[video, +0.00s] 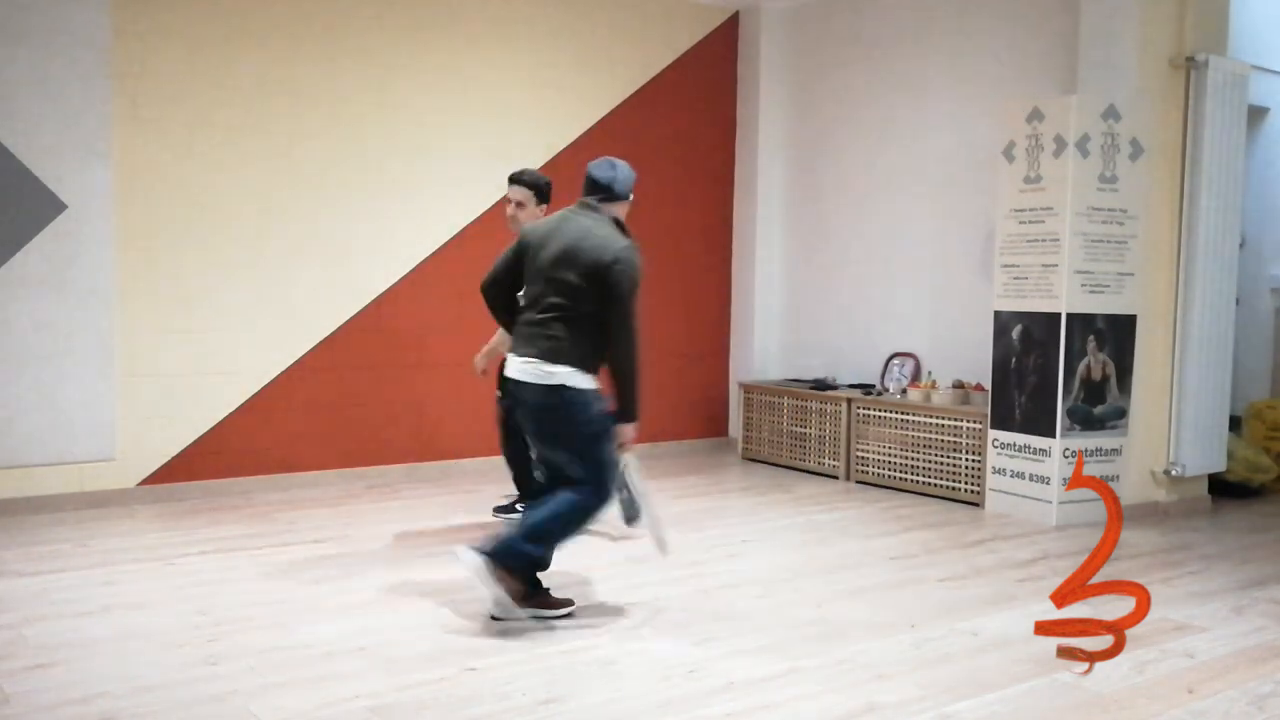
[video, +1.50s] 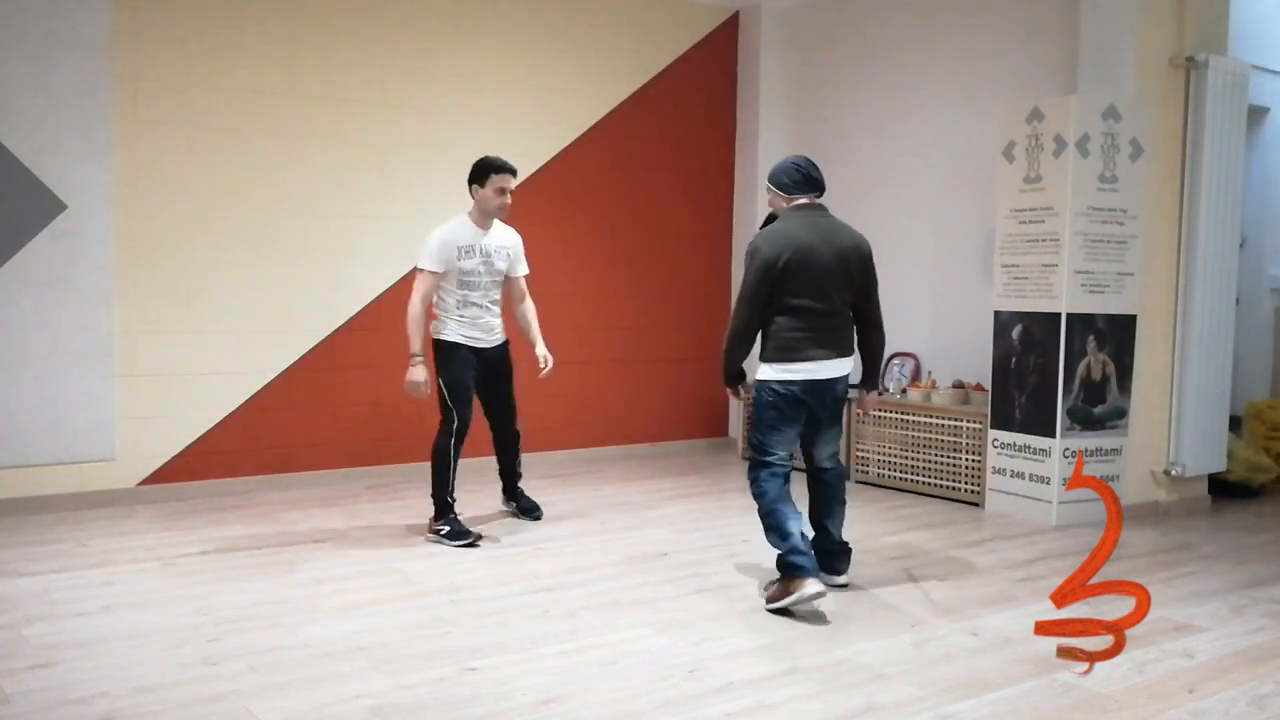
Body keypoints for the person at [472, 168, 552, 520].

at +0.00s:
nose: (510, 212)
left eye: (519, 205)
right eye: (508, 203)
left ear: (542, 208)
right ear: (506, 203)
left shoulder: (546, 250)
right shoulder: (527, 247)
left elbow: (526, 311)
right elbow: (522, 308)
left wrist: (490, 351)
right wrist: (495, 349)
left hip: (535, 354)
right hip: (519, 353)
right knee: (513, 423)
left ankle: (533, 495)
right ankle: (530, 492)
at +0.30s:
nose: (509, 207)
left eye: (517, 200)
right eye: (503, 198)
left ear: (525, 203)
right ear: (489, 199)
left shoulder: (538, 247)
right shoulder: (472, 238)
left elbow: (534, 309)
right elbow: (465, 290)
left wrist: (488, 345)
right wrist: (465, 331)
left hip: (515, 350)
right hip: (471, 343)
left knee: (500, 421)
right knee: (458, 414)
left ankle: (497, 487)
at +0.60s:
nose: (494, 213)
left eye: (500, 207)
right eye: (488, 205)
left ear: (504, 210)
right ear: (470, 205)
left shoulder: (512, 252)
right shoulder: (444, 245)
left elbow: (527, 308)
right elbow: (412, 296)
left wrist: (537, 357)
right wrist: (390, 347)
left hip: (493, 347)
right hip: (448, 347)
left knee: (512, 405)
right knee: (439, 417)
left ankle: (483, 480)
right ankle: (433, 481)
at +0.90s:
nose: (505, 207)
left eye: (510, 201)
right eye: (498, 200)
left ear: (513, 203)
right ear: (479, 200)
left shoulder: (520, 247)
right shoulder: (455, 242)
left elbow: (528, 299)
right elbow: (427, 295)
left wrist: (536, 346)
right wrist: (434, 336)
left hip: (506, 345)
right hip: (460, 347)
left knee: (519, 415)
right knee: (448, 420)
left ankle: (520, 492)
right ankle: (435, 482)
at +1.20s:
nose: (519, 199)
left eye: (523, 193)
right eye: (512, 192)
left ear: (526, 194)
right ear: (491, 191)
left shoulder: (532, 238)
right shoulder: (465, 235)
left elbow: (539, 298)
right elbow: (443, 295)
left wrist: (548, 346)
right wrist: (444, 348)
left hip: (518, 342)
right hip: (472, 340)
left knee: (524, 419)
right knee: (470, 411)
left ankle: (520, 494)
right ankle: (448, 495)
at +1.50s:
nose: (508, 199)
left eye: (511, 192)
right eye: (501, 191)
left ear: (511, 194)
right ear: (476, 190)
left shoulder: (510, 240)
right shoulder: (446, 237)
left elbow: (522, 299)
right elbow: (419, 300)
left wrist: (538, 343)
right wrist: (416, 359)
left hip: (494, 345)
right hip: (453, 344)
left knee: (505, 423)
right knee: (457, 423)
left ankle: (512, 492)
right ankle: (442, 515)